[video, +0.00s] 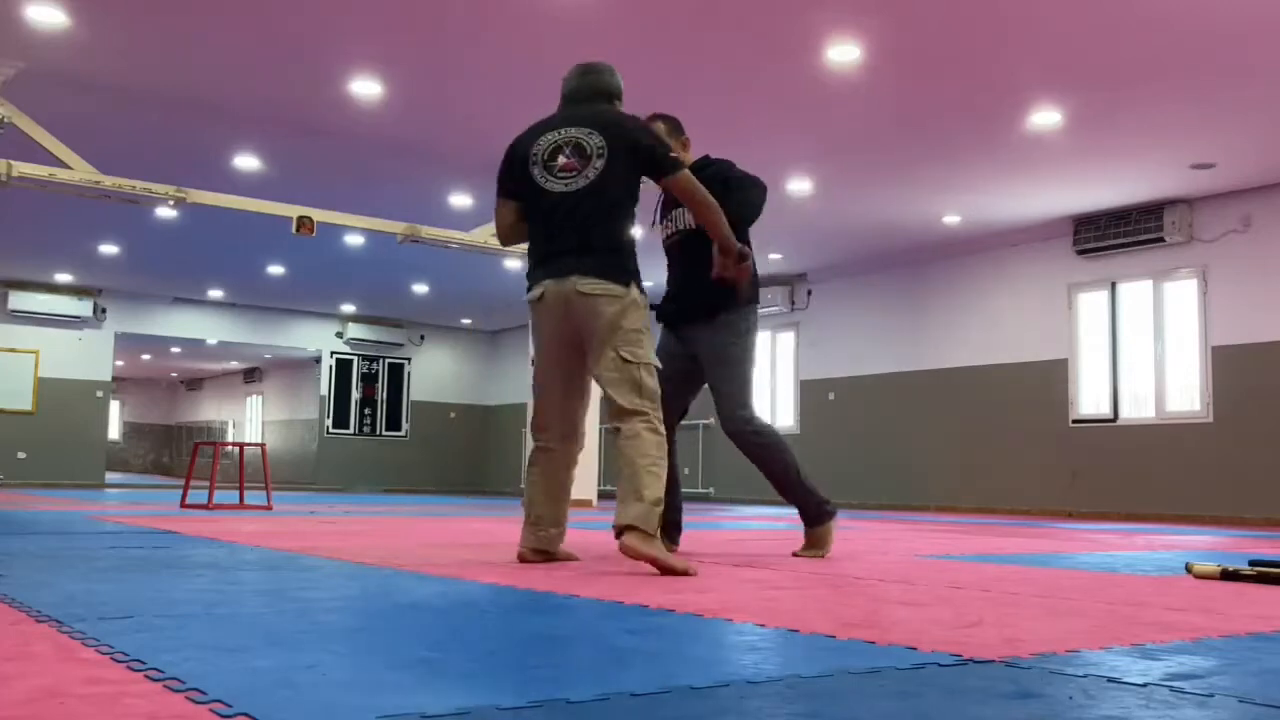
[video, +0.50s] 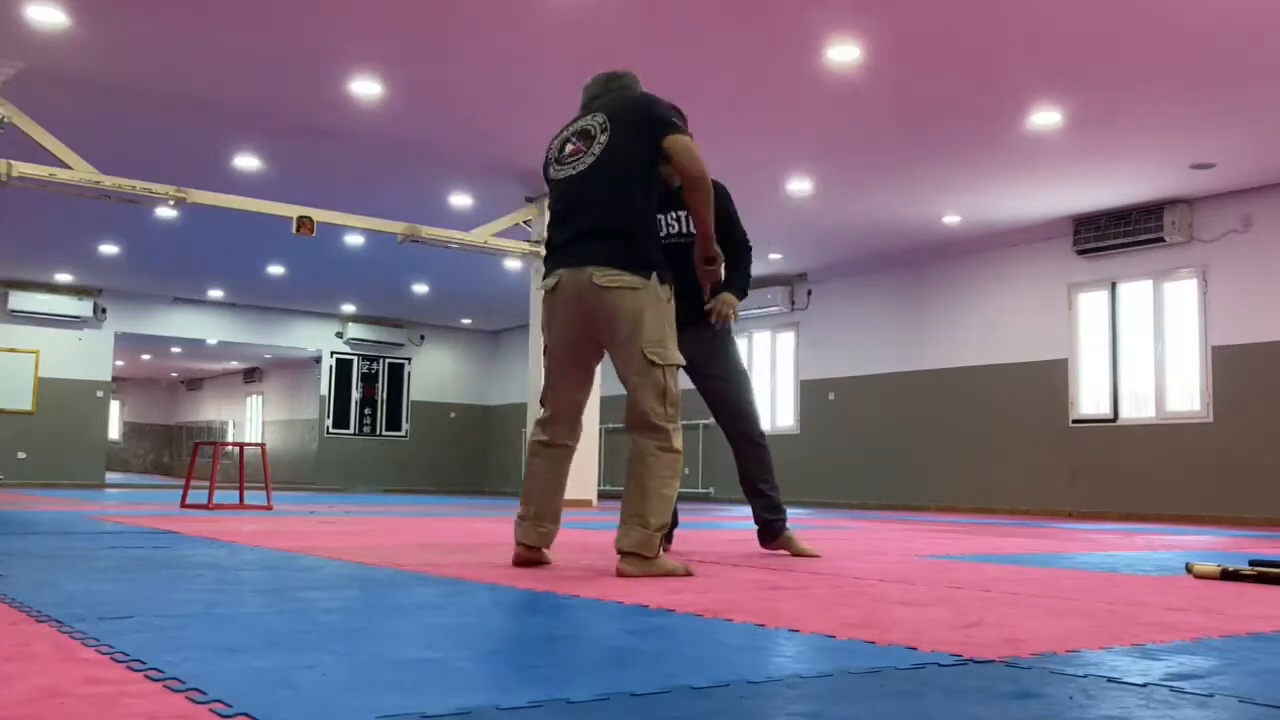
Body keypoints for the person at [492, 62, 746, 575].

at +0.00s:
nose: (622, 106)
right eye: (620, 98)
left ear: (564, 96)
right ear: (615, 97)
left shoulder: (524, 144)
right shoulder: (628, 130)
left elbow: (507, 230)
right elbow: (693, 194)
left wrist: (557, 210)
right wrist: (727, 244)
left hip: (548, 291)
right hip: (610, 287)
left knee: (554, 422)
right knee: (638, 413)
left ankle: (539, 539)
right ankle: (640, 529)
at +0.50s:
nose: (644, 93)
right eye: (641, 88)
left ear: (586, 100)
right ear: (633, 89)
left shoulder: (559, 142)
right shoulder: (648, 107)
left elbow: (569, 211)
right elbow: (694, 171)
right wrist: (707, 244)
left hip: (563, 284)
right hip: (631, 282)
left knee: (557, 418)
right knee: (655, 420)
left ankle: (530, 540)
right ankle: (641, 550)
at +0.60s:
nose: (649, 117)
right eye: (644, 113)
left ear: (585, 113)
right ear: (625, 104)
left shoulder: (560, 157)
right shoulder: (619, 104)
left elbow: (599, 249)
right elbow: (649, 131)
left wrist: (666, 302)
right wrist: (682, 227)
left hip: (548, 289)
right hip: (609, 284)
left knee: (548, 424)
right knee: (652, 425)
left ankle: (511, 539)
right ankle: (641, 551)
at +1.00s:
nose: (633, 112)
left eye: (632, 104)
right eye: (631, 104)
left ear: (578, 98)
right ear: (622, 102)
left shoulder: (546, 139)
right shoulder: (607, 121)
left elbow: (549, 220)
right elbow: (617, 166)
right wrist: (648, 230)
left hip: (518, 284)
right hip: (573, 280)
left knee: (543, 421)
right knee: (622, 420)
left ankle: (514, 542)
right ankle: (630, 551)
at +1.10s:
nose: (616, 109)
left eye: (613, 101)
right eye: (615, 101)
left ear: (559, 96)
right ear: (608, 98)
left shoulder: (513, 144)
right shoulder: (606, 120)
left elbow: (483, 235)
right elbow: (663, 196)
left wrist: (518, 274)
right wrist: (695, 254)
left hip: (503, 282)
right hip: (560, 276)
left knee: (532, 417)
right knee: (599, 415)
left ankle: (513, 544)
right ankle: (616, 550)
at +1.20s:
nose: (608, 108)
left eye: (606, 100)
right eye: (607, 100)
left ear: (547, 91)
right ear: (597, 97)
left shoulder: (499, 134)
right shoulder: (601, 127)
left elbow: (464, 211)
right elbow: (627, 225)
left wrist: (493, 266)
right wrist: (640, 292)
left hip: (500, 279)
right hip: (560, 276)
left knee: (522, 413)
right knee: (575, 411)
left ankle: (508, 541)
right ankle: (542, 540)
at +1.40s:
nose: (598, 95)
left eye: (597, 87)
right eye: (597, 86)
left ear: (538, 77)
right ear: (587, 83)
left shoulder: (493, 130)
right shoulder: (585, 113)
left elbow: (461, 224)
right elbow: (612, 207)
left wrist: (516, 241)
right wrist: (622, 284)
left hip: (490, 292)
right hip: (547, 291)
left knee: (524, 417)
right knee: (563, 424)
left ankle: (513, 545)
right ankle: (501, 549)